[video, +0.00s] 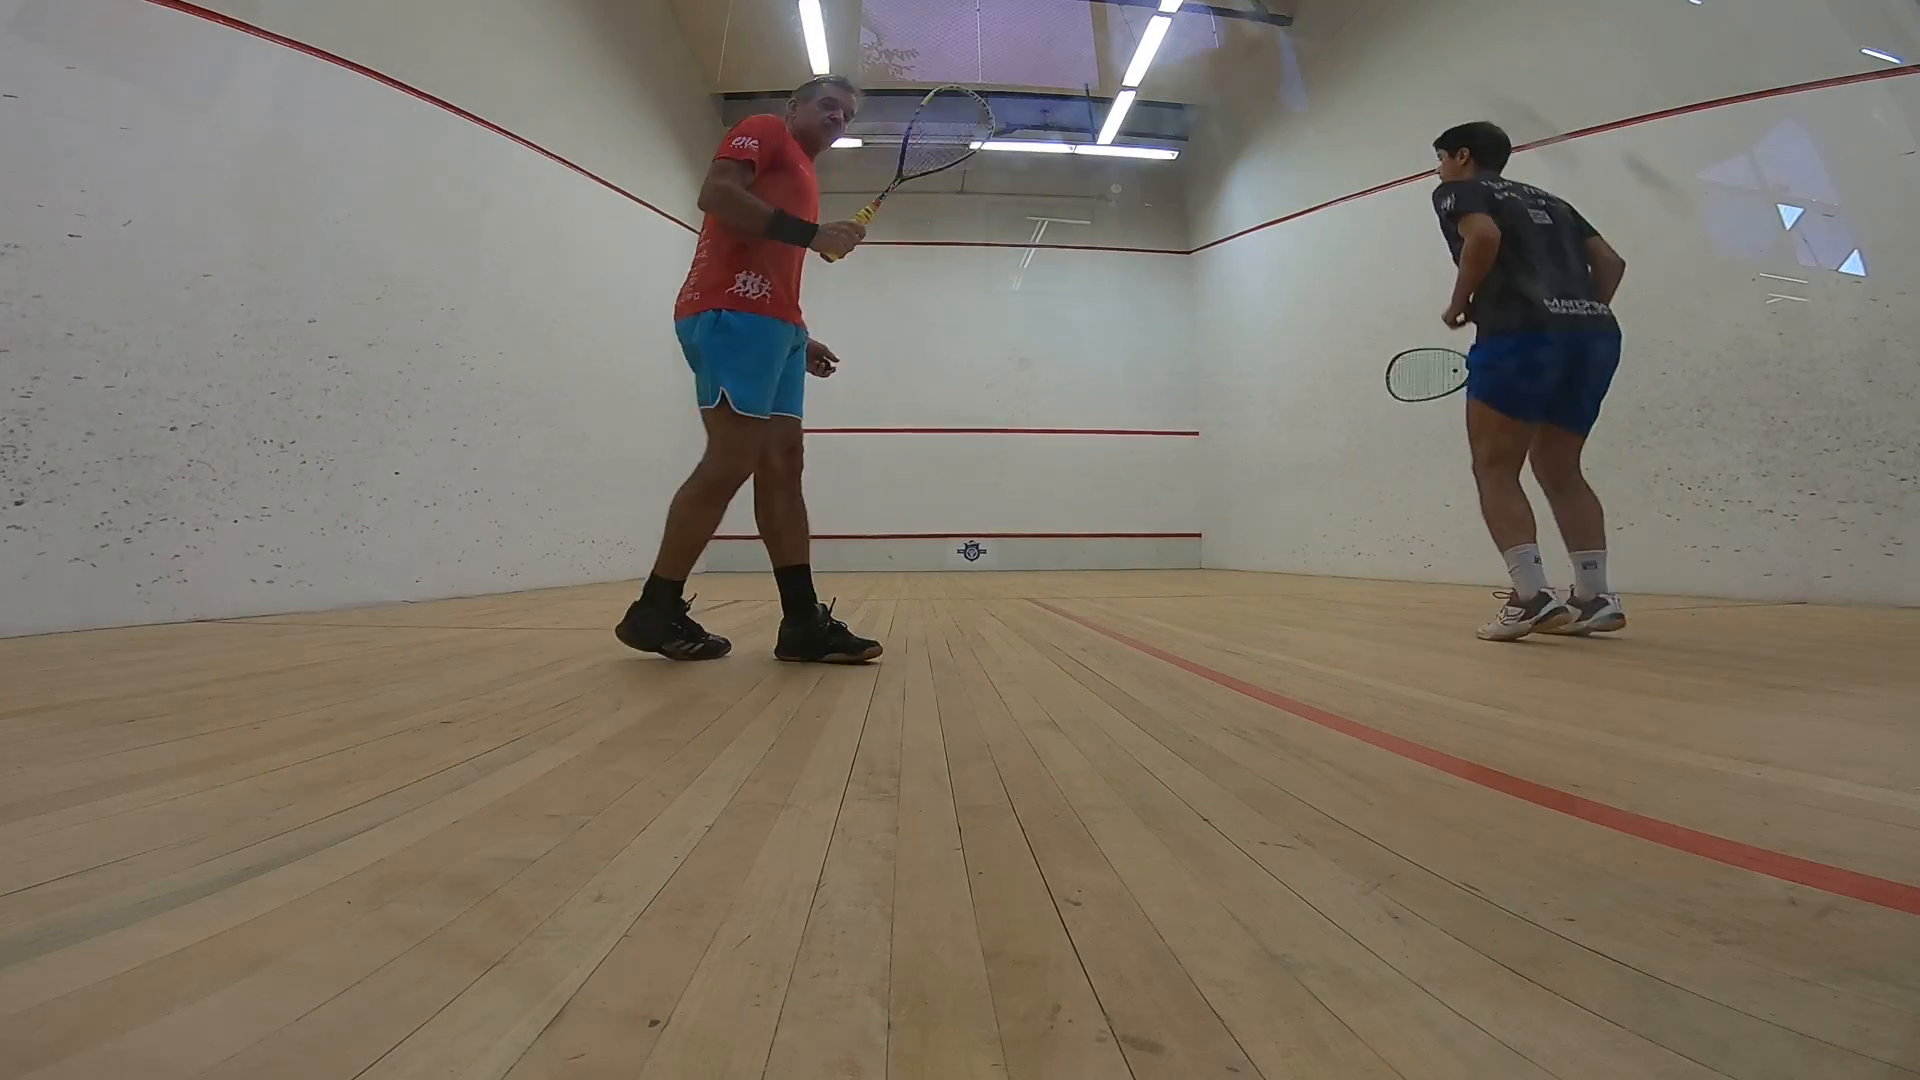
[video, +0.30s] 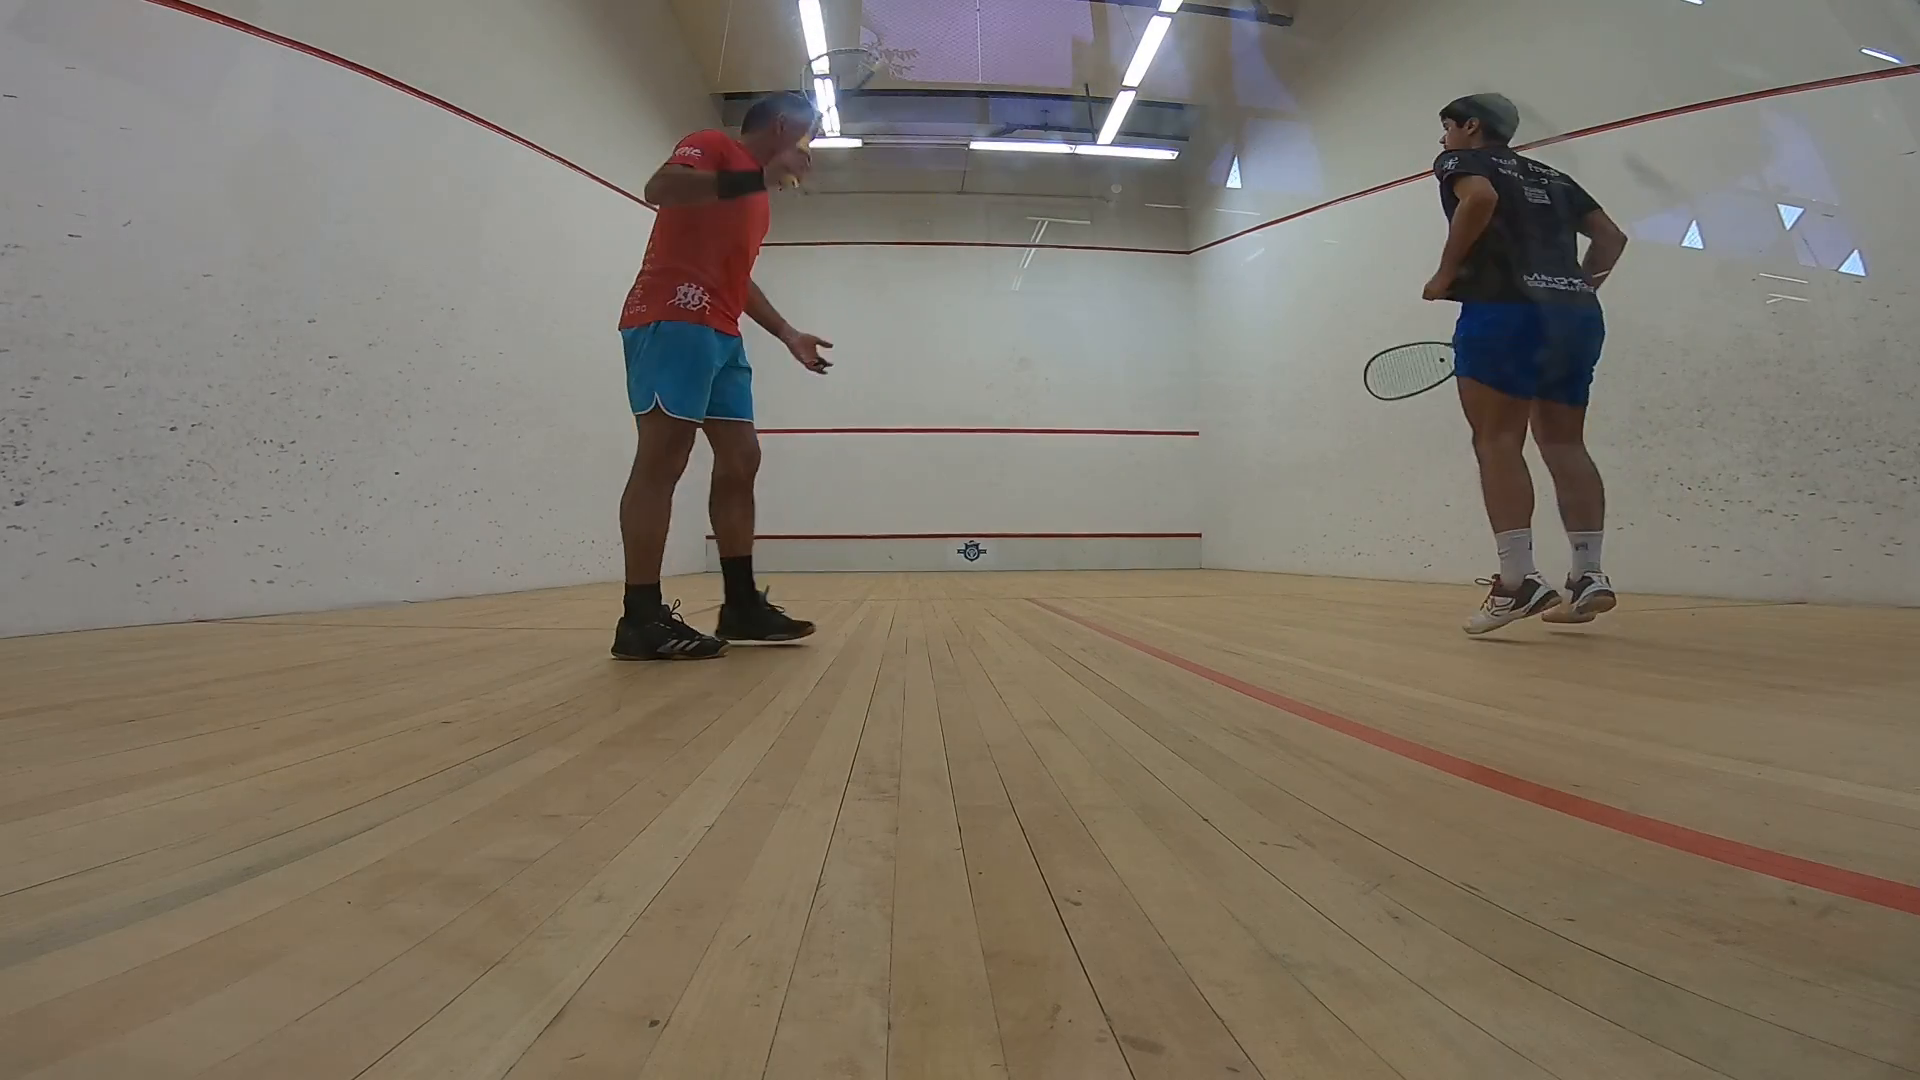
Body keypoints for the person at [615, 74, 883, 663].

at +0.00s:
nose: (838, 121)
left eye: (846, 117)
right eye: (831, 107)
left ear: (842, 128)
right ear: (799, 101)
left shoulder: (800, 175)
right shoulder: (766, 128)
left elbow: (764, 274)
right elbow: (716, 192)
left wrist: (799, 341)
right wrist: (810, 234)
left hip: (774, 326)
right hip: (731, 314)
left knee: (781, 466)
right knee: (730, 458)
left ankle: (803, 621)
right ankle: (655, 609)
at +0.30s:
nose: (803, 162)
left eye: (809, 151)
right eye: (803, 146)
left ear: (779, 132)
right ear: (777, 127)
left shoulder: (757, 199)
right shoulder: (715, 145)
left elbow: (733, 278)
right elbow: (657, 188)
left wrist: (789, 334)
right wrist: (752, 180)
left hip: (722, 333)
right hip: (672, 319)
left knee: (740, 458)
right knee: (662, 459)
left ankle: (743, 606)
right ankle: (641, 618)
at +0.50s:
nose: (790, 170)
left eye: (795, 160)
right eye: (790, 156)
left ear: (767, 150)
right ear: (764, 138)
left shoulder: (739, 204)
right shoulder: (700, 158)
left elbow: (718, 285)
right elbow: (654, 130)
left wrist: (785, 309)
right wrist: (726, 82)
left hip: (693, 334)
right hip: (664, 328)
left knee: (693, 462)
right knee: (668, 460)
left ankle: (655, 604)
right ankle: (642, 616)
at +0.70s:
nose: (771, 193)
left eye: (774, 184)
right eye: (769, 181)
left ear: (730, 165)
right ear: (748, 169)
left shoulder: (686, 205)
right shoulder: (710, 198)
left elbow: (660, 295)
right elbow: (729, 262)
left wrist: (704, 334)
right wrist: (777, 232)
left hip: (632, 348)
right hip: (665, 348)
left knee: (661, 473)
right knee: (683, 468)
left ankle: (622, 608)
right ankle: (648, 616)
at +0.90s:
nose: (742, 202)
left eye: (740, 196)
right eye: (744, 195)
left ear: (694, 187)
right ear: (738, 192)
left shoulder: (650, 220)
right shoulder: (740, 223)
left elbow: (600, 285)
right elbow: (731, 310)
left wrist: (633, 331)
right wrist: (703, 343)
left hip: (626, 357)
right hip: (686, 357)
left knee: (647, 477)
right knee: (721, 475)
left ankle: (618, 609)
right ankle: (670, 592)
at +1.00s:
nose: (734, 204)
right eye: (734, 198)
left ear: (686, 192)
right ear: (731, 196)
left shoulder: (647, 222)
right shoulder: (745, 228)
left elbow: (592, 283)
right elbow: (736, 304)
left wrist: (614, 337)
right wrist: (694, 336)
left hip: (637, 355)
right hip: (705, 359)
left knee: (641, 482)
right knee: (725, 483)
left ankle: (621, 607)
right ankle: (712, 594)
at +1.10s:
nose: (729, 211)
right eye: (730, 205)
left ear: (681, 199)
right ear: (726, 203)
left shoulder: (650, 225)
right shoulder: (749, 237)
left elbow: (606, 276)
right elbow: (749, 310)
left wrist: (592, 336)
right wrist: (702, 330)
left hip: (654, 357)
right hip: (720, 364)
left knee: (644, 483)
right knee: (728, 483)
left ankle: (624, 605)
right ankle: (762, 596)